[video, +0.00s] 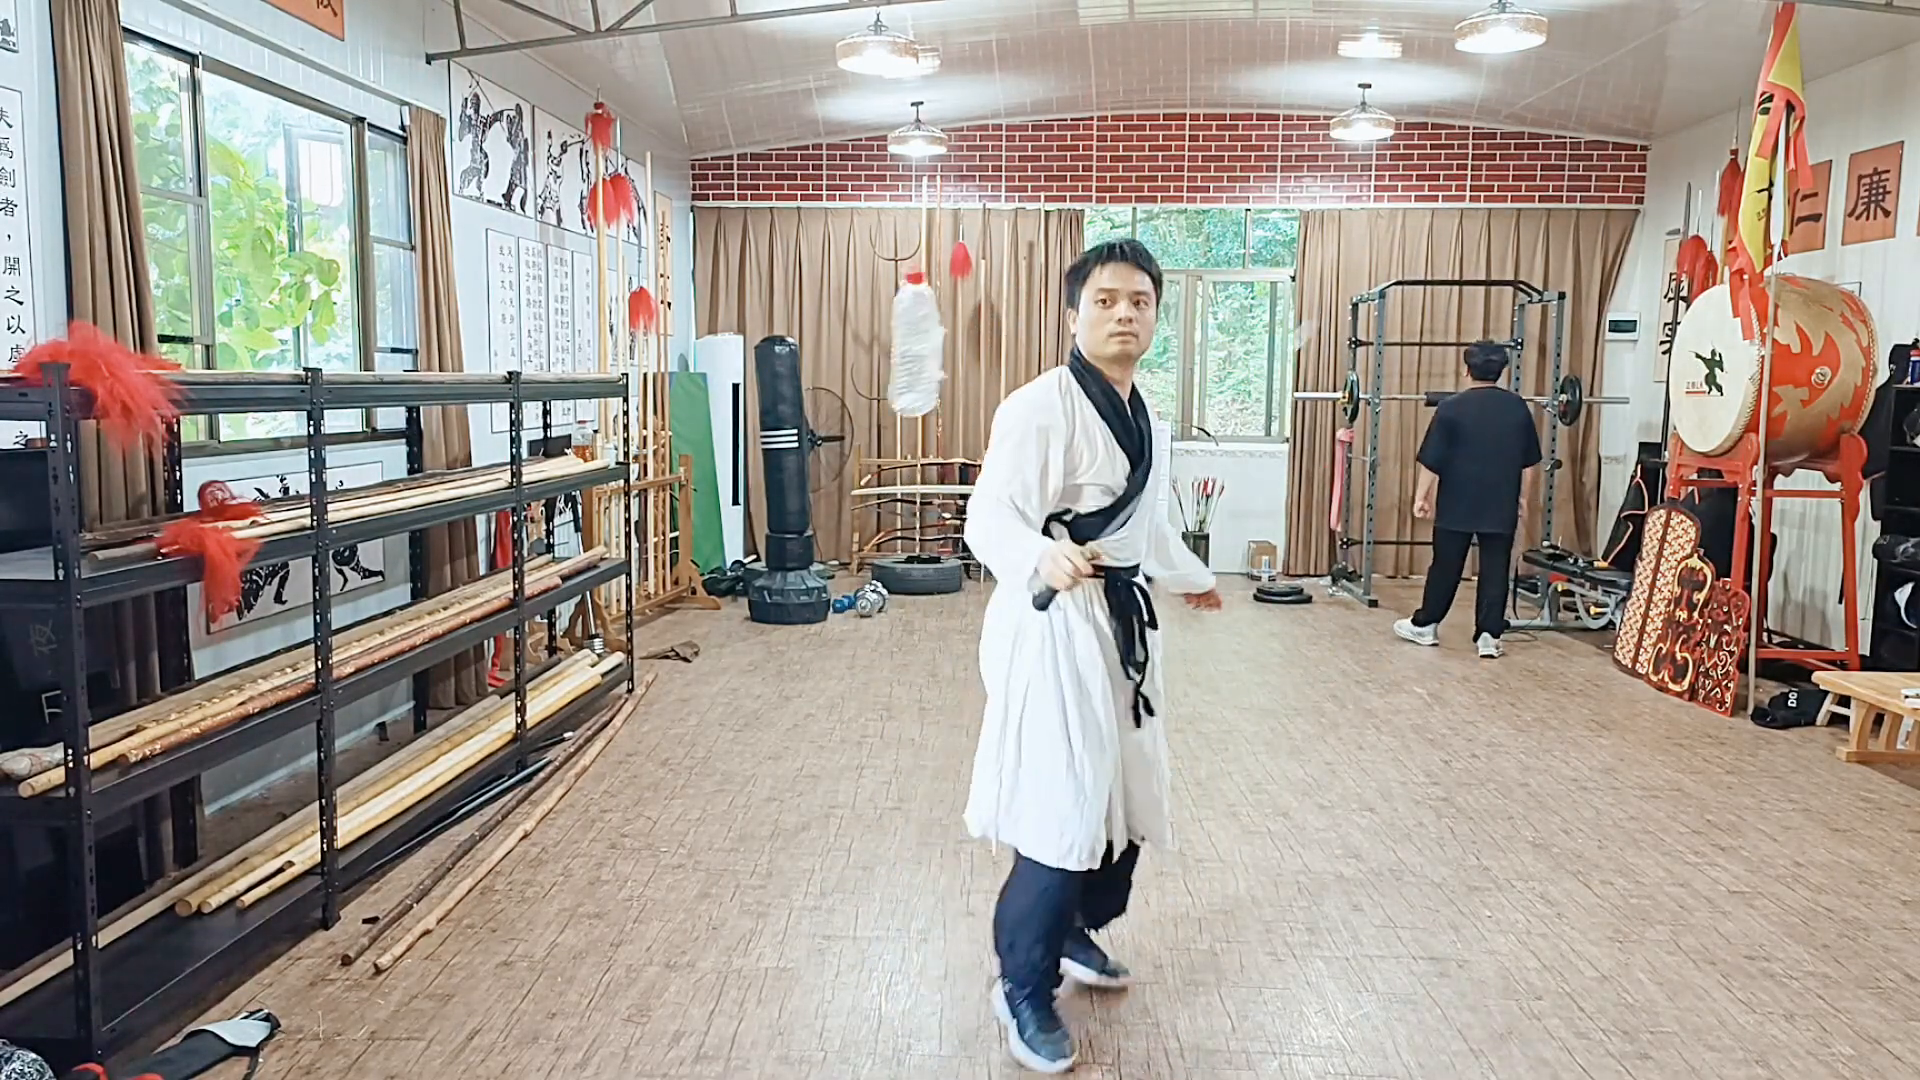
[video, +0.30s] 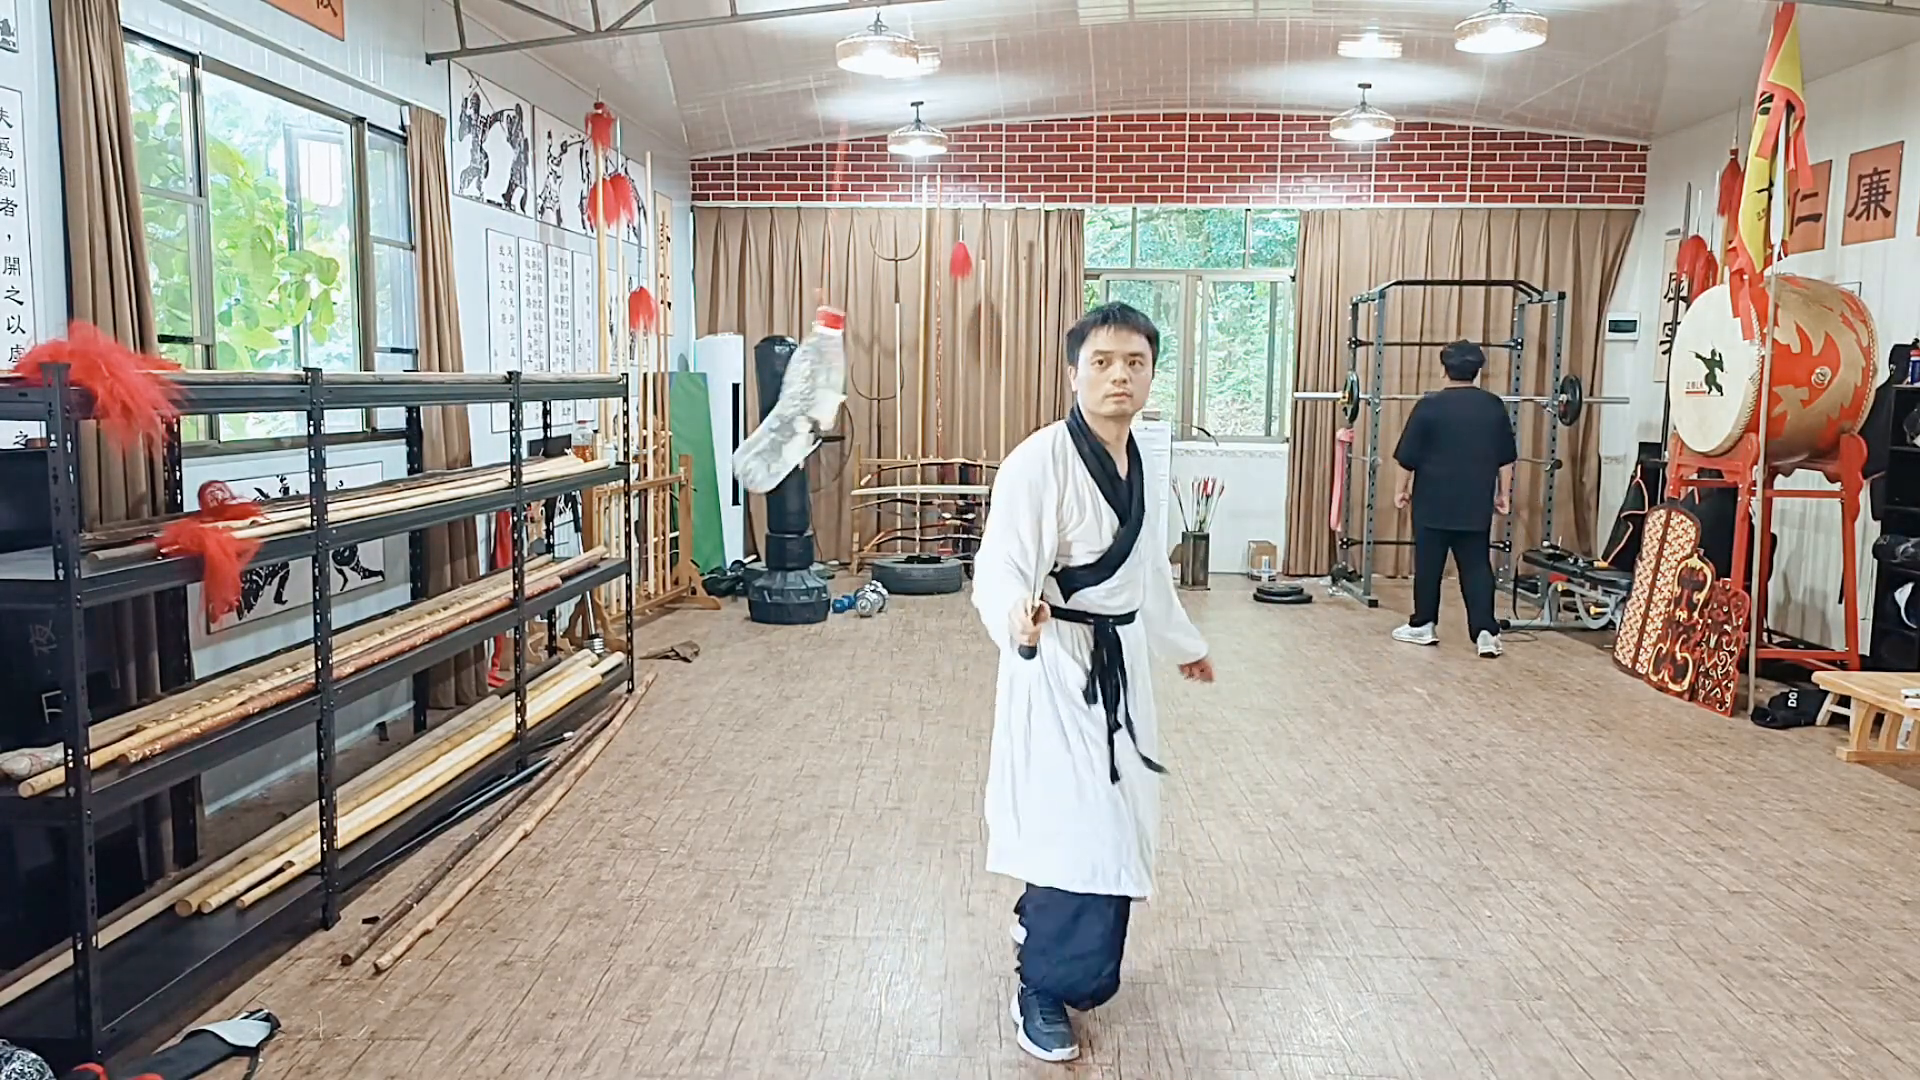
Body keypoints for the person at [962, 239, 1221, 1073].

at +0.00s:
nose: (1126, 314)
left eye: (1140, 301)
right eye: (1108, 300)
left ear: (1157, 316)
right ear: (1075, 313)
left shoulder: (1147, 416)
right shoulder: (1040, 406)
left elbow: (1151, 522)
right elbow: (989, 517)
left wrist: (1189, 578)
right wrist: (1041, 555)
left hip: (1122, 621)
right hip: (1051, 625)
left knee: (1126, 785)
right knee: (1063, 804)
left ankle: (1072, 927)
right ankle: (1024, 982)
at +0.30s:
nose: (1120, 376)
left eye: (1135, 362)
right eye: (1103, 361)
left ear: (1153, 376)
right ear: (1074, 373)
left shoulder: (1148, 458)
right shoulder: (1037, 463)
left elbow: (1150, 567)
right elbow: (996, 568)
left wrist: (1184, 640)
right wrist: (1016, 614)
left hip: (1124, 658)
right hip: (1055, 660)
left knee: (1117, 810)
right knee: (1080, 821)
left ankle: (1053, 934)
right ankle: (1040, 987)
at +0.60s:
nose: (1123, 369)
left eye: (1138, 355)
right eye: (1107, 354)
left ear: (1155, 369)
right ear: (1078, 363)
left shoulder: (1149, 449)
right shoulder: (1040, 448)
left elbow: (1202, 533)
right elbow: (998, 548)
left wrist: (1295, 561)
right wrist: (1028, 586)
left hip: (1112, 634)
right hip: (1048, 638)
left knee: (1104, 787)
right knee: (1075, 811)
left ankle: (1073, 915)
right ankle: (1034, 985)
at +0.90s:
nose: (1130, 378)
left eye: (1144, 364)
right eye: (1113, 364)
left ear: (1161, 377)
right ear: (1083, 377)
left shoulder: (1156, 464)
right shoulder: (1048, 464)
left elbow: (1227, 533)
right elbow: (1006, 566)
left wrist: (1329, 551)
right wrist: (1025, 627)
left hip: (1112, 658)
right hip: (1046, 661)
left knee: (1116, 798)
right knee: (1061, 835)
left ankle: (1078, 911)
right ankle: (1033, 1038)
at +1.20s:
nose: (1150, 420)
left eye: (1164, 404)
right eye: (1131, 404)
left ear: (1179, 414)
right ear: (1097, 414)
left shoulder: (1169, 497)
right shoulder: (1059, 514)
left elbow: (1217, 573)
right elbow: (1019, 637)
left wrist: (1315, 557)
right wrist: (1052, 696)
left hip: (1121, 707)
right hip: (1050, 712)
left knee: (1131, 855)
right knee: (1121, 889)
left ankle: (1038, 979)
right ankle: (1056, 1046)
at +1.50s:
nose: (1196, 462)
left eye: (1208, 445)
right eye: (1175, 444)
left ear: (1223, 459)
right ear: (1141, 458)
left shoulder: (1178, 553)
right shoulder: (1127, 554)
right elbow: (1121, 617)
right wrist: (1115, 588)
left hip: (1143, 780)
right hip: (1097, 792)